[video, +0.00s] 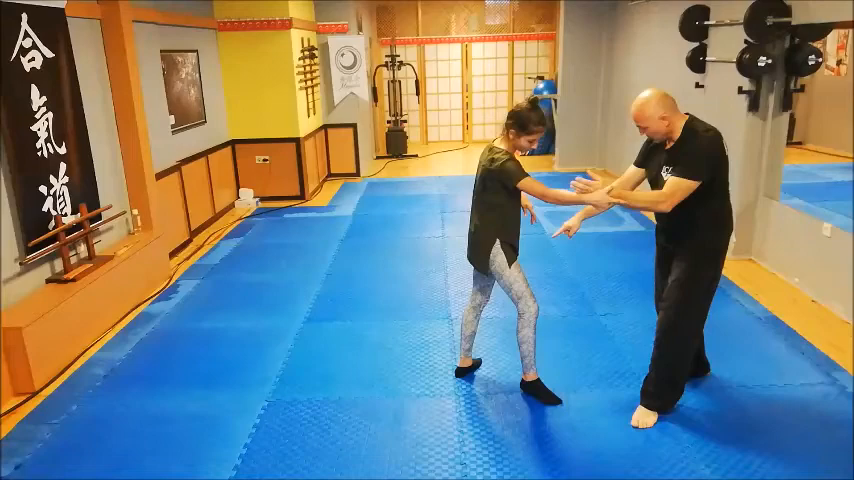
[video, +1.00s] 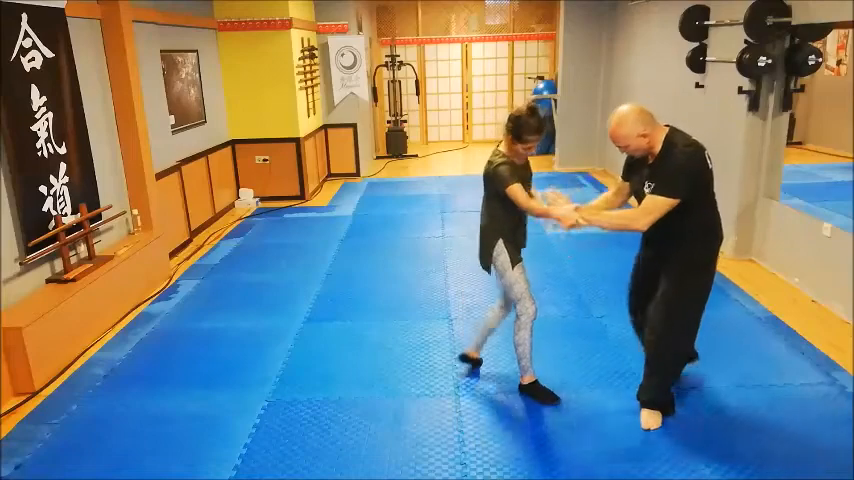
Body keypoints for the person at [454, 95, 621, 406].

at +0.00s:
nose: (533, 146)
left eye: (537, 140)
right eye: (530, 140)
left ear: (510, 130)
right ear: (512, 132)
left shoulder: (491, 151)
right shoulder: (504, 163)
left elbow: (499, 185)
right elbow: (548, 195)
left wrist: (521, 200)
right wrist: (592, 197)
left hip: (480, 239)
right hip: (495, 244)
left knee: (477, 301)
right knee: (528, 307)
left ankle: (464, 361)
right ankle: (530, 378)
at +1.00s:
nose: (530, 152)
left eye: (534, 147)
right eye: (525, 147)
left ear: (537, 138)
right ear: (510, 137)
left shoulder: (519, 158)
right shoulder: (501, 168)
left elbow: (527, 194)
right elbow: (526, 205)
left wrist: (548, 206)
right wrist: (558, 214)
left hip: (510, 240)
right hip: (499, 244)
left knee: (506, 304)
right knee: (526, 310)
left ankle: (472, 352)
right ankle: (527, 379)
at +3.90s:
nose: (488, 120)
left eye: (486, 114)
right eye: (484, 115)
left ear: (458, 120)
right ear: (471, 120)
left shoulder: (431, 157)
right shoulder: (483, 163)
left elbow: (406, 199)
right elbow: (514, 215)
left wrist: (436, 210)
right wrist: (555, 232)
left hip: (441, 252)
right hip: (478, 252)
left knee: (445, 320)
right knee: (504, 313)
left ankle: (442, 392)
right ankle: (517, 389)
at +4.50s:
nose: (512, 124)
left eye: (512, 118)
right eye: (510, 118)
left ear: (481, 120)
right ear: (499, 120)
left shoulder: (458, 159)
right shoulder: (508, 163)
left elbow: (449, 205)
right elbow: (538, 208)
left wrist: (481, 200)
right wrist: (573, 211)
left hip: (468, 254)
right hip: (502, 255)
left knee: (466, 317)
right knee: (510, 327)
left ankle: (452, 383)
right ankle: (521, 393)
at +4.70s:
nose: (506, 132)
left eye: (507, 125)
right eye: (504, 125)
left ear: (478, 122)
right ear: (491, 122)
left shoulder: (448, 157)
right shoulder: (497, 163)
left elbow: (432, 201)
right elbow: (539, 196)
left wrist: (464, 205)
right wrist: (576, 188)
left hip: (456, 252)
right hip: (489, 253)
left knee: (457, 317)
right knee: (501, 324)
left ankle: (451, 383)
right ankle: (518, 391)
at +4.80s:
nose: (503, 133)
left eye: (505, 126)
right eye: (502, 126)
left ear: (477, 122)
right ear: (488, 123)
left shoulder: (445, 157)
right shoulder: (494, 163)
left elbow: (427, 200)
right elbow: (540, 191)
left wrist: (460, 203)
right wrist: (582, 182)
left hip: (451, 253)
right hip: (483, 254)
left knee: (456, 316)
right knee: (500, 321)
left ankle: (451, 384)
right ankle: (518, 389)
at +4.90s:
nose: (504, 134)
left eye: (505, 128)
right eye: (502, 127)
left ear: (479, 123)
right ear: (488, 123)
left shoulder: (444, 157)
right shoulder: (492, 162)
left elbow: (425, 200)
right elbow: (544, 189)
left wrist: (458, 204)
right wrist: (590, 182)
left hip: (450, 250)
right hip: (480, 252)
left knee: (455, 316)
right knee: (501, 320)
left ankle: (451, 383)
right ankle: (516, 386)